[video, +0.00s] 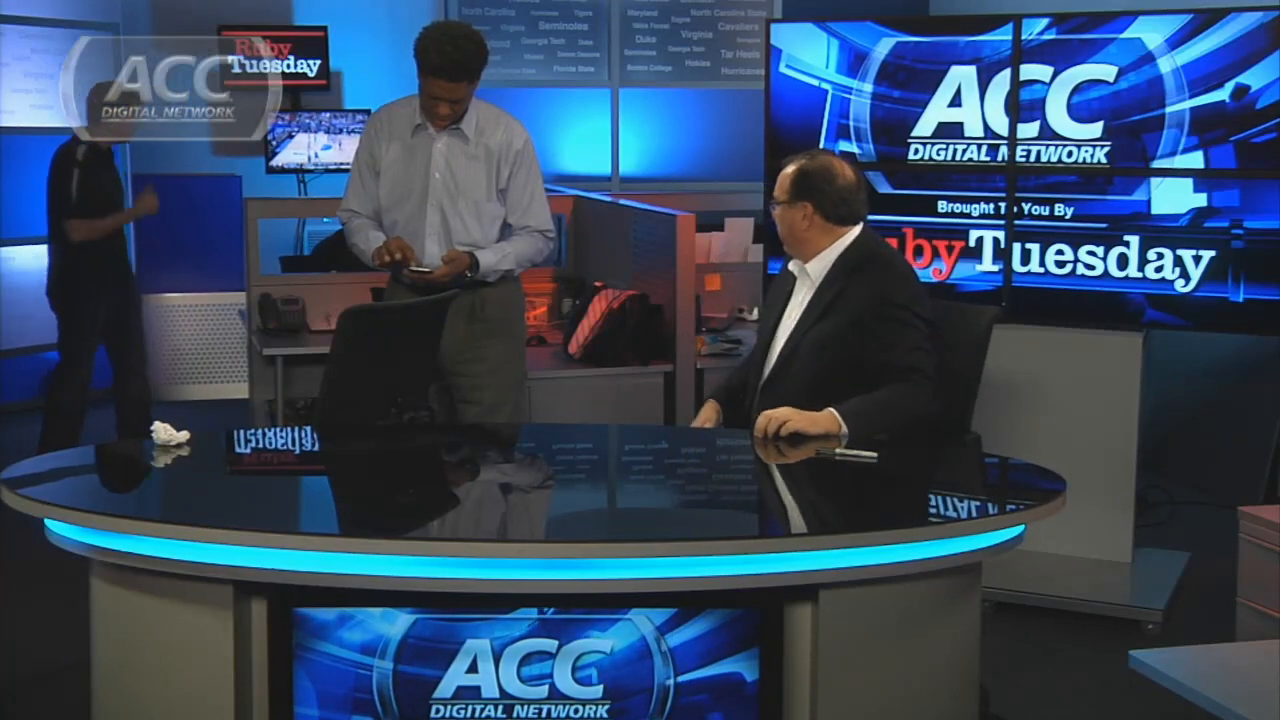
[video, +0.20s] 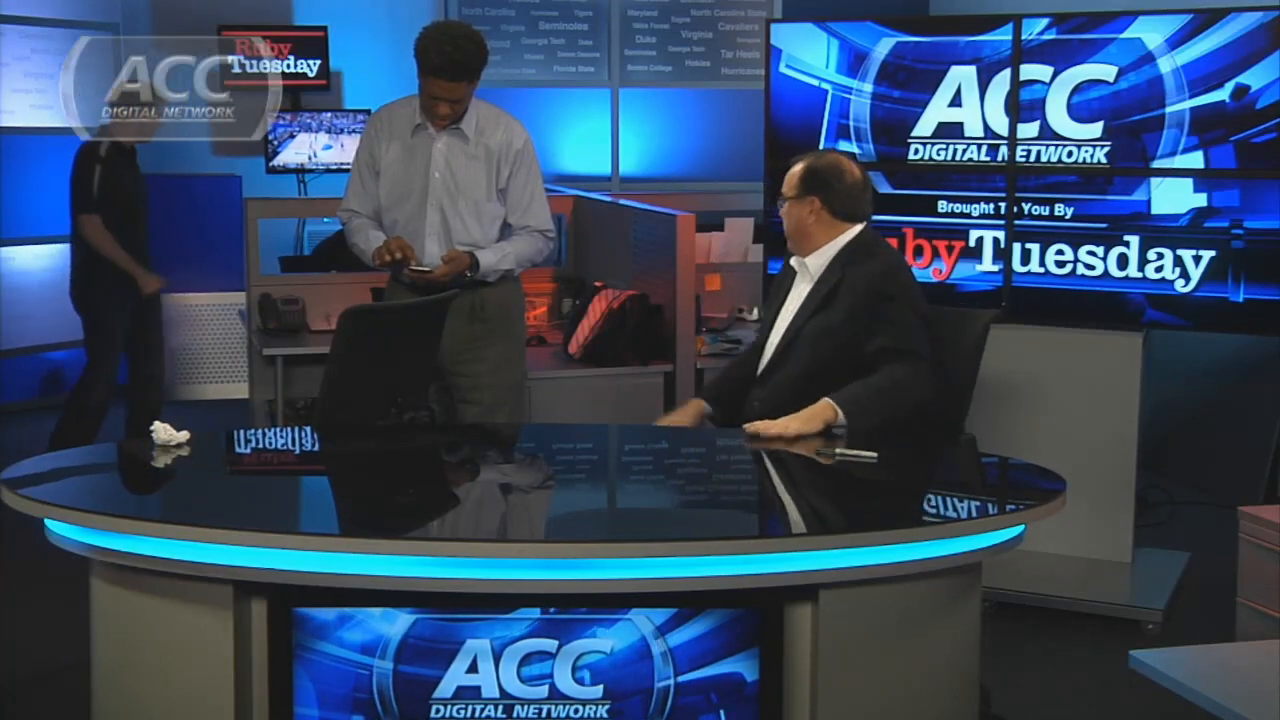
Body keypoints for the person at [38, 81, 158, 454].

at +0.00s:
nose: (134, 124)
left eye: (135, 115)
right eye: (128, 115)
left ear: (109, 117)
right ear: (107, 116)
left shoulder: (102, 157)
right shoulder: (72, 157)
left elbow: (98, 224)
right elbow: (74, 229)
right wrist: (134, 212)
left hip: (112, 282)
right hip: (79, 285)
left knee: (131, 370)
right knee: (75, 374)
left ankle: (135, 454)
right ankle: (53, 462)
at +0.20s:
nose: (154, 122)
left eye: (154, 114)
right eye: (148, 114)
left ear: (128, 115)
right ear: (126, 113)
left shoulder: (127, 156)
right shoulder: (96, 154)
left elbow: (127, 224)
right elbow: (88, 224)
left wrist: (142, 272)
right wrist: (140, 274)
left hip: (135, 283)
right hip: (102, 285)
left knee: (148, 375)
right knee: (102, 376)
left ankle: (141, 464)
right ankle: (61, 463)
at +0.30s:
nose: (164, 123)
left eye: (164, 114)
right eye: (156, 113)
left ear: (147, 117)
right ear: (132, 113)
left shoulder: (138, 158)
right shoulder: (102, 155)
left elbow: (139, 227)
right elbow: (94, 226)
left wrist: (151, 281)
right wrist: (115, 289)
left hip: (145, 282)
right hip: (112, 284)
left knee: (150, 376)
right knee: (117, 374)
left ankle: (143, 465)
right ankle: (67, 460)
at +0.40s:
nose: (170, 123)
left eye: (173, 114)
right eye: (163, 113)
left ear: (171, 118)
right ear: (141, 112)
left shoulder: (151, 157)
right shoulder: (108, 155)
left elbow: (150, 232)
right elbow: (90, 222)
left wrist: (164, 285)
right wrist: (93, 286)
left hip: (153, 284)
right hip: (120, 283)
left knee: (153, 372)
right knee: (129, 369)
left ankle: (140, 455)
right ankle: (84, 453)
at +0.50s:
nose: (176, 122)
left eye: (179, 114)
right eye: (170, 113)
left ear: (178, 117)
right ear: (150, 113)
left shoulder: (162, 159)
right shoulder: (113, 153)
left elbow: (160, 235)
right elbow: (83, 218)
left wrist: (175, 286)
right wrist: (82, 281)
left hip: (157, 281)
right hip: (119, 280)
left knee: (154, 371)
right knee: (136, 368)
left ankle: (141, 453)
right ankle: (110, 455)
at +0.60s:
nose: (178, 121)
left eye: (182, 114)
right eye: (171, 113)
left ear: (185, 117)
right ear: (151, 113)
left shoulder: (173, 162)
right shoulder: (118, 155)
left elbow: (170, 237)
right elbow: (83, 220)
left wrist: (184, 289)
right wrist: (81, 281)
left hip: (165, 285)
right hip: (123, 284)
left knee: (155, 379)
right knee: (136, 379)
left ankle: (148, 463)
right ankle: (128, 461)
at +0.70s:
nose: (180, 123)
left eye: (184, 115)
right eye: (172, 115)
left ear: (189, 119)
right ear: (154, 115)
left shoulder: (183, 165)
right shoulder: (122, 160)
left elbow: (182, 234)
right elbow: (87, 225)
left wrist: (193, 289)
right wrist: (86, 288)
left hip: (171, 288)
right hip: (127, 288)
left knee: (158, 375)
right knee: (137, 377)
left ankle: (152, 455)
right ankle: (140, 456)